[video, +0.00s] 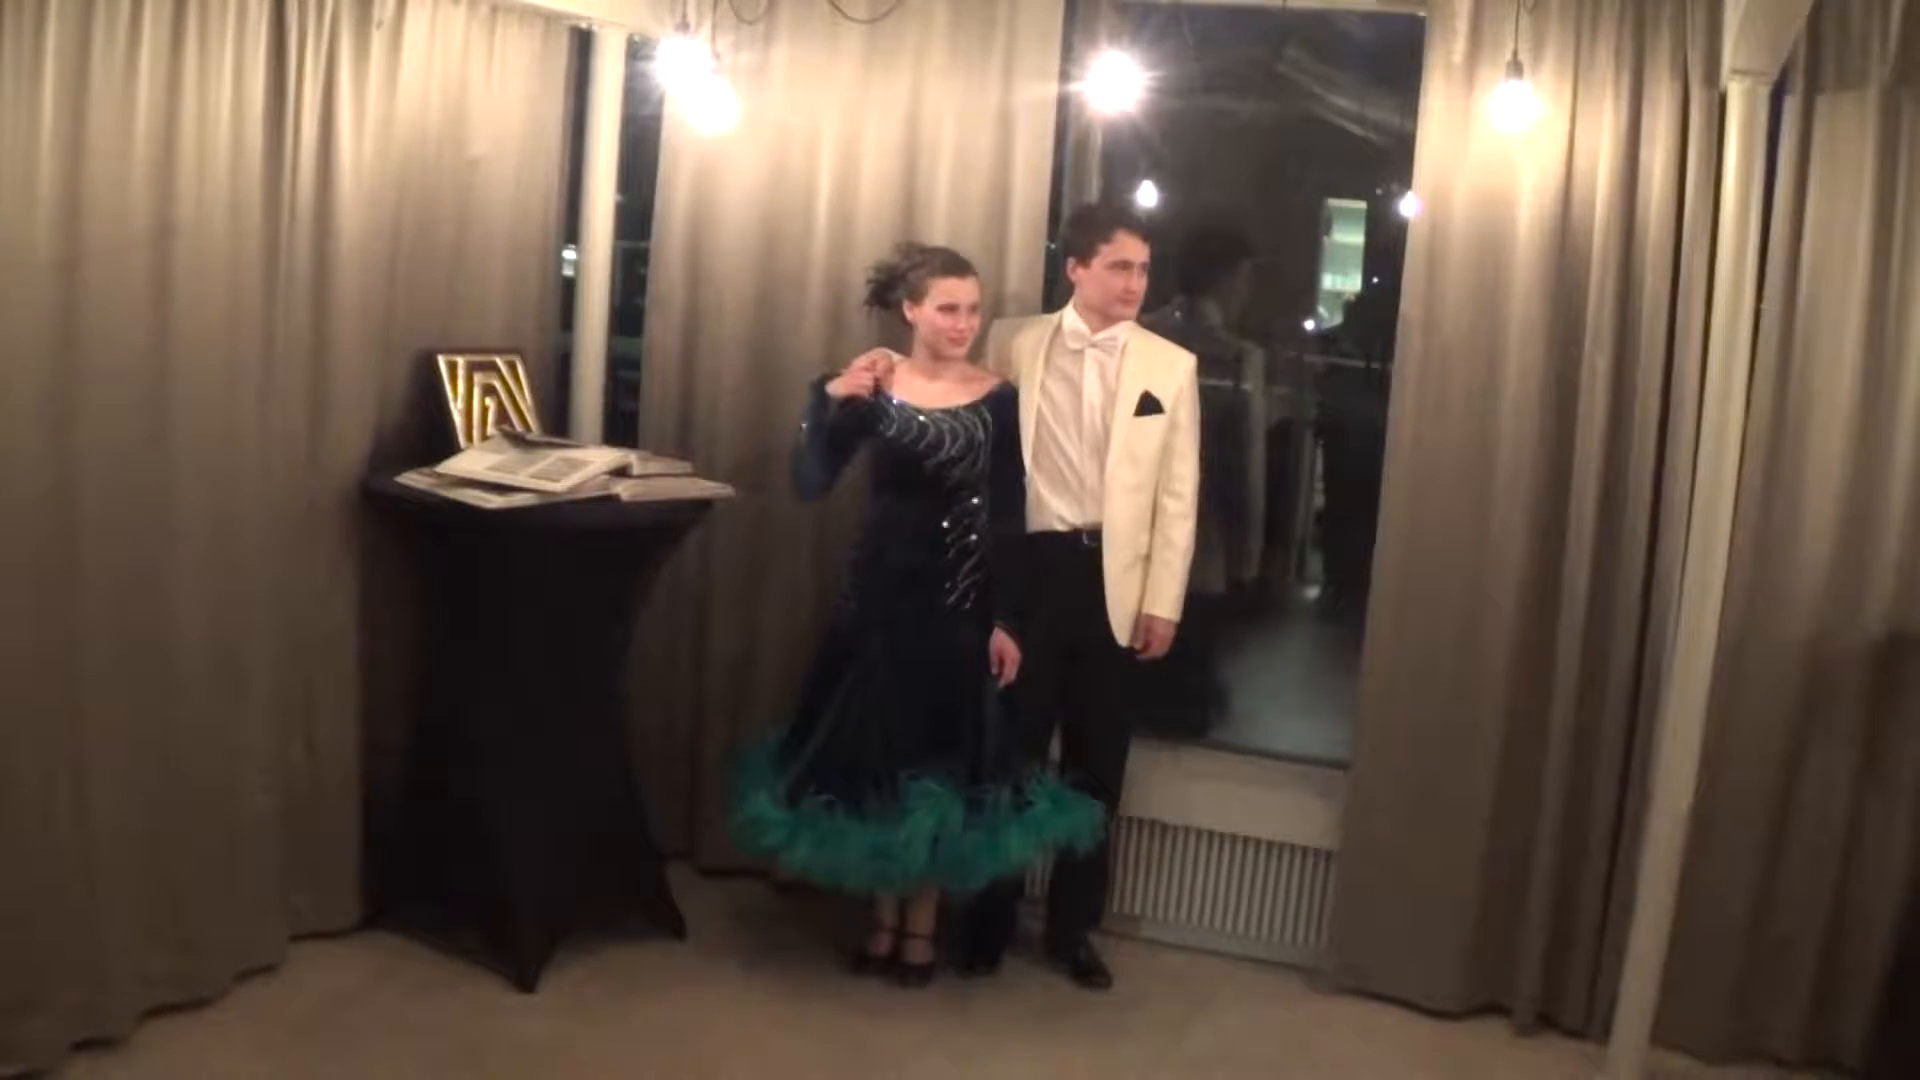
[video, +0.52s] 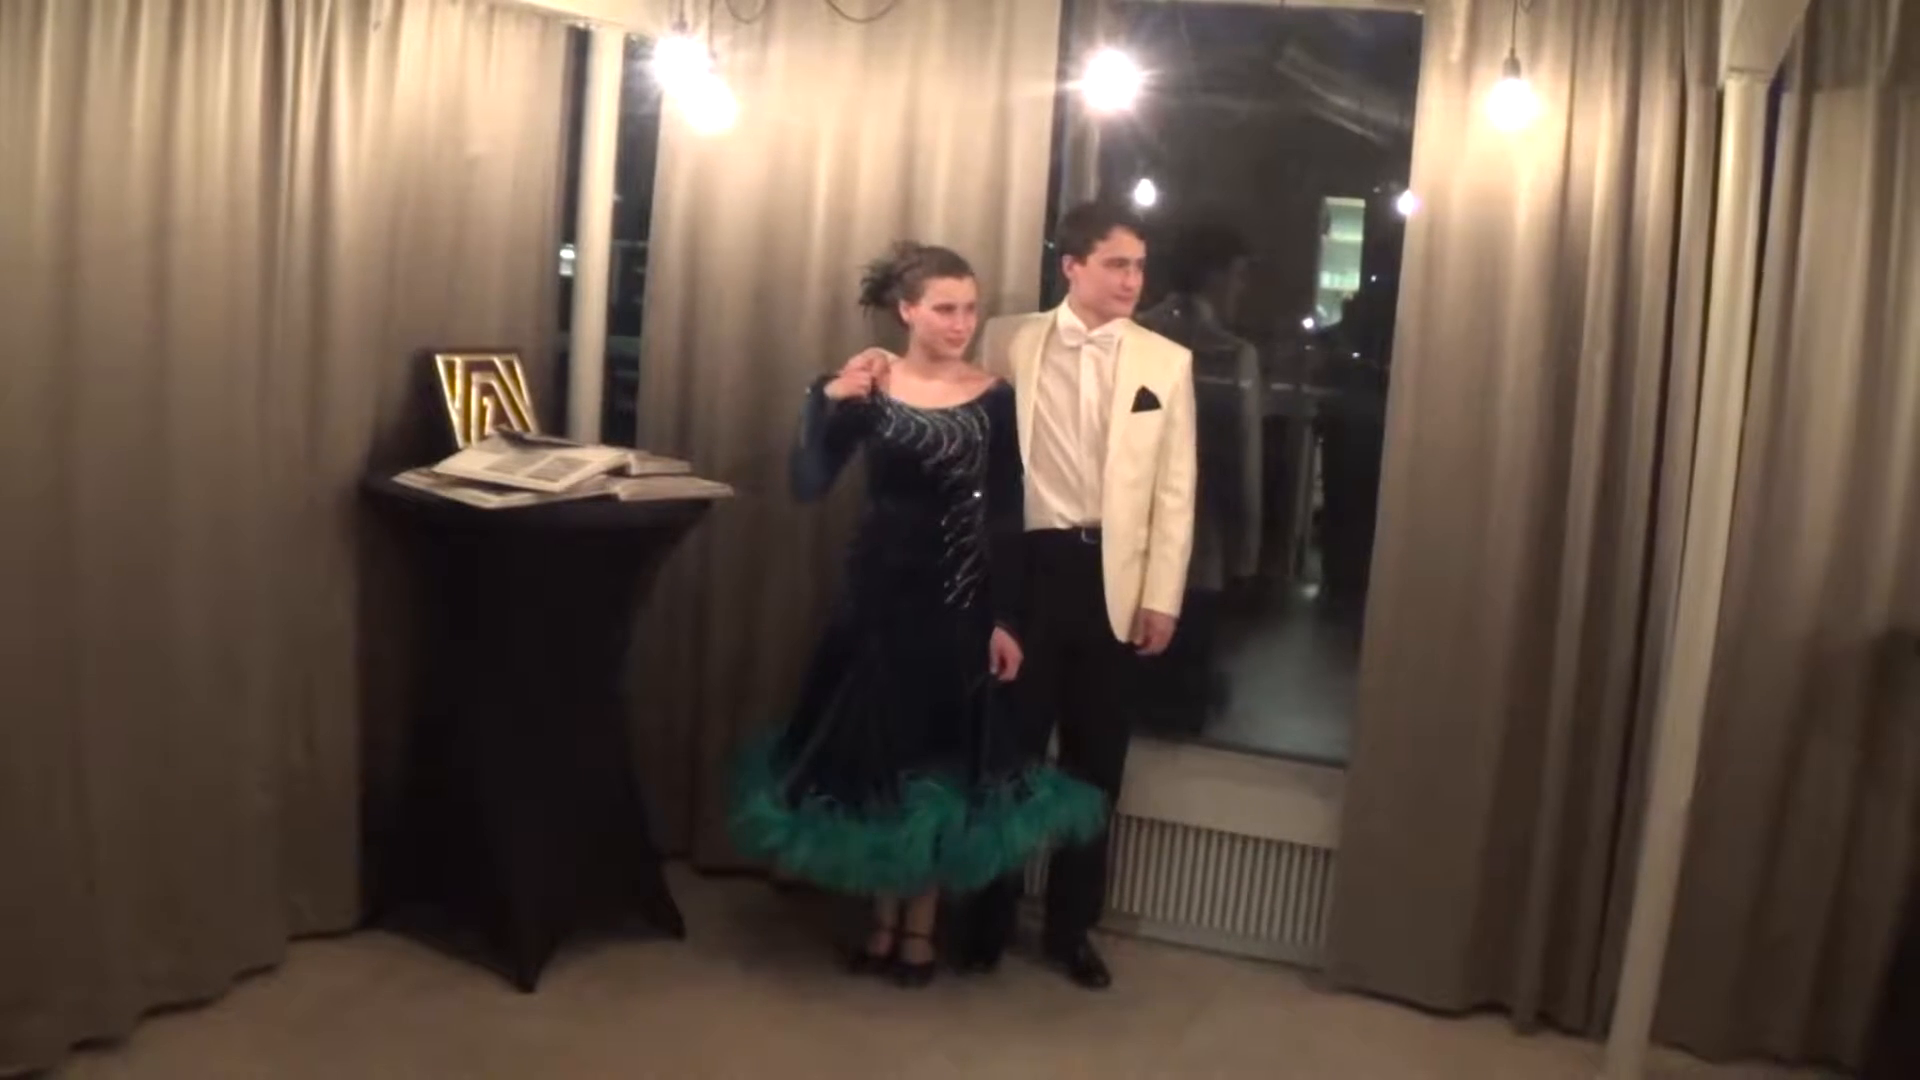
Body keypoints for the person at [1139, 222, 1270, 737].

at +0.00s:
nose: (1248, 288)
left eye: (1248, 276)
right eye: (1244, 276)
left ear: (1186, 273)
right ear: (1229, 280)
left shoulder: (1144, 338)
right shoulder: (1240, 357)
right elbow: (1245, 465)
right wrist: (1247, 553)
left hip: (1136, 508)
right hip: (1203, 524)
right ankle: (1188, 700)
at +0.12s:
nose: (1246, 288)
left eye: (1246, 276)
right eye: (1242, 276)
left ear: (1185, 272)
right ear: (1227, 280)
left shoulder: (1140, 337)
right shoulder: (1237, 356)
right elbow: (1244, 465)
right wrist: (1246, 554)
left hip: (1131, 509)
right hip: (1200, 523)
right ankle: (1186, 702)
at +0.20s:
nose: (1246, 288)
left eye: (1245, 276)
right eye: (1241, 276)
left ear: (1184, 272)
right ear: (1225, 278)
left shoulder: (1140, 337)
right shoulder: (1235, 355)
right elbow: (1242, 465)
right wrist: (1245, 553)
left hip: (1131, 505)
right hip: (1199, 519)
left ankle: (1127, 697)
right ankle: (1186, 703)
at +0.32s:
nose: (1246, 287)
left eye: (1246, 275)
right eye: (1241, 275)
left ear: (1184, 271)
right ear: (1224, 278)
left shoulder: (1140, 336)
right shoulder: (1234, 355)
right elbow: (1243, 464)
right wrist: (1245, 551)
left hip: (1131, 505)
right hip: (1199, 519)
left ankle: (1127, 697)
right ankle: (1185, 703)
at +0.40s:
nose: (1245, 287)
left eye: (1245, 275)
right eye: (1241, 275)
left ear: (1183, 271)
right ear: (1223, 278)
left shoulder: (1139, 336)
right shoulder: (1234, 354)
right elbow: (1243, 462)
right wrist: (1245, 550)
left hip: (1131, 504)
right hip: (1199, 518)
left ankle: (1127, 697)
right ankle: (1184, 703)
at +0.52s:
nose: (1244, 287)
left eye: (1244, 275)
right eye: (1239, 275)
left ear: (1182, 272)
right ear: (1220, 278)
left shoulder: (1139, 336)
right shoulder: (1233, 354)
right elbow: (1243, 462)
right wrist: (1246, 550)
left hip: (1130, 506)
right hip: (1198, 518)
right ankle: (1183, 704)